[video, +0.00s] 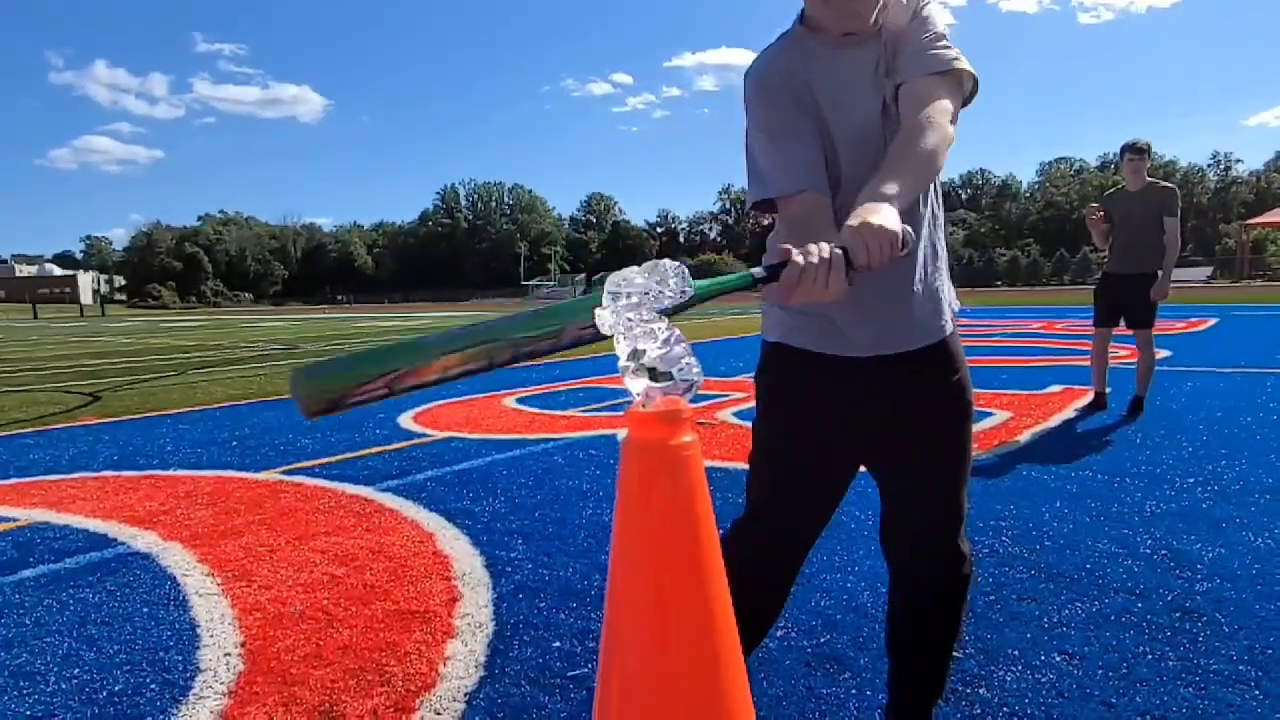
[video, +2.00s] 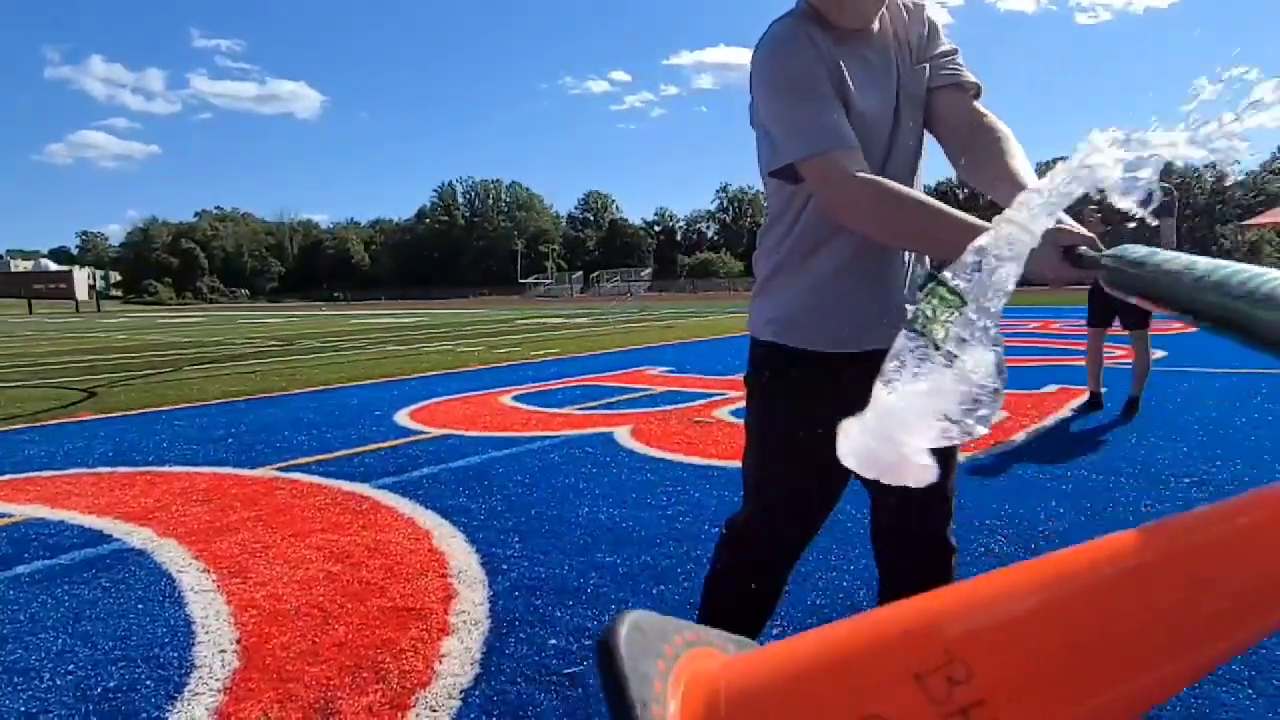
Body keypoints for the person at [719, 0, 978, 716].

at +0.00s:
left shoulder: (919, 21)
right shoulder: (776, 72)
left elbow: (930, 122)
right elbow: (799, 197)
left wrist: (883, 198)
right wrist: (810, 267)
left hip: (921, 354)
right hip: (810, 362)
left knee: (932, 558)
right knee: (767, 547)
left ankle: (911, 711)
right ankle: (685, 689)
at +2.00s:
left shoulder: (912, 21)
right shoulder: (788, 50)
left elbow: (970, 129)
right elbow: (845, 192)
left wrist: (1042, 217)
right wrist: (1015, 252)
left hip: (907, 335)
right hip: (806, 343)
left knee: (920, 539)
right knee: (775, 527)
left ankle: (922, 702)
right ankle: (702, 684)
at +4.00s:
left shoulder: (904, 23)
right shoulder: (812, 39)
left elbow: (957, 136)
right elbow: (914, 177)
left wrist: (1086, 217)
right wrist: (1081, 227)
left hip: (898, 344)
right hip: (798, 348)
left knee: (908, 552)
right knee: (764, 536)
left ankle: (899, 707)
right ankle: (689, 700)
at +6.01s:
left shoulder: (870, 36)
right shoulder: (838, 26)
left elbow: (917, 176)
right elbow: (944, 162)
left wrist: (1019, 219)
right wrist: (1075, 205)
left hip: (882, 332)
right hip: (799, 332)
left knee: (901, 547)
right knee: (763, 532)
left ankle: (893, 706)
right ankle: (684, 699)